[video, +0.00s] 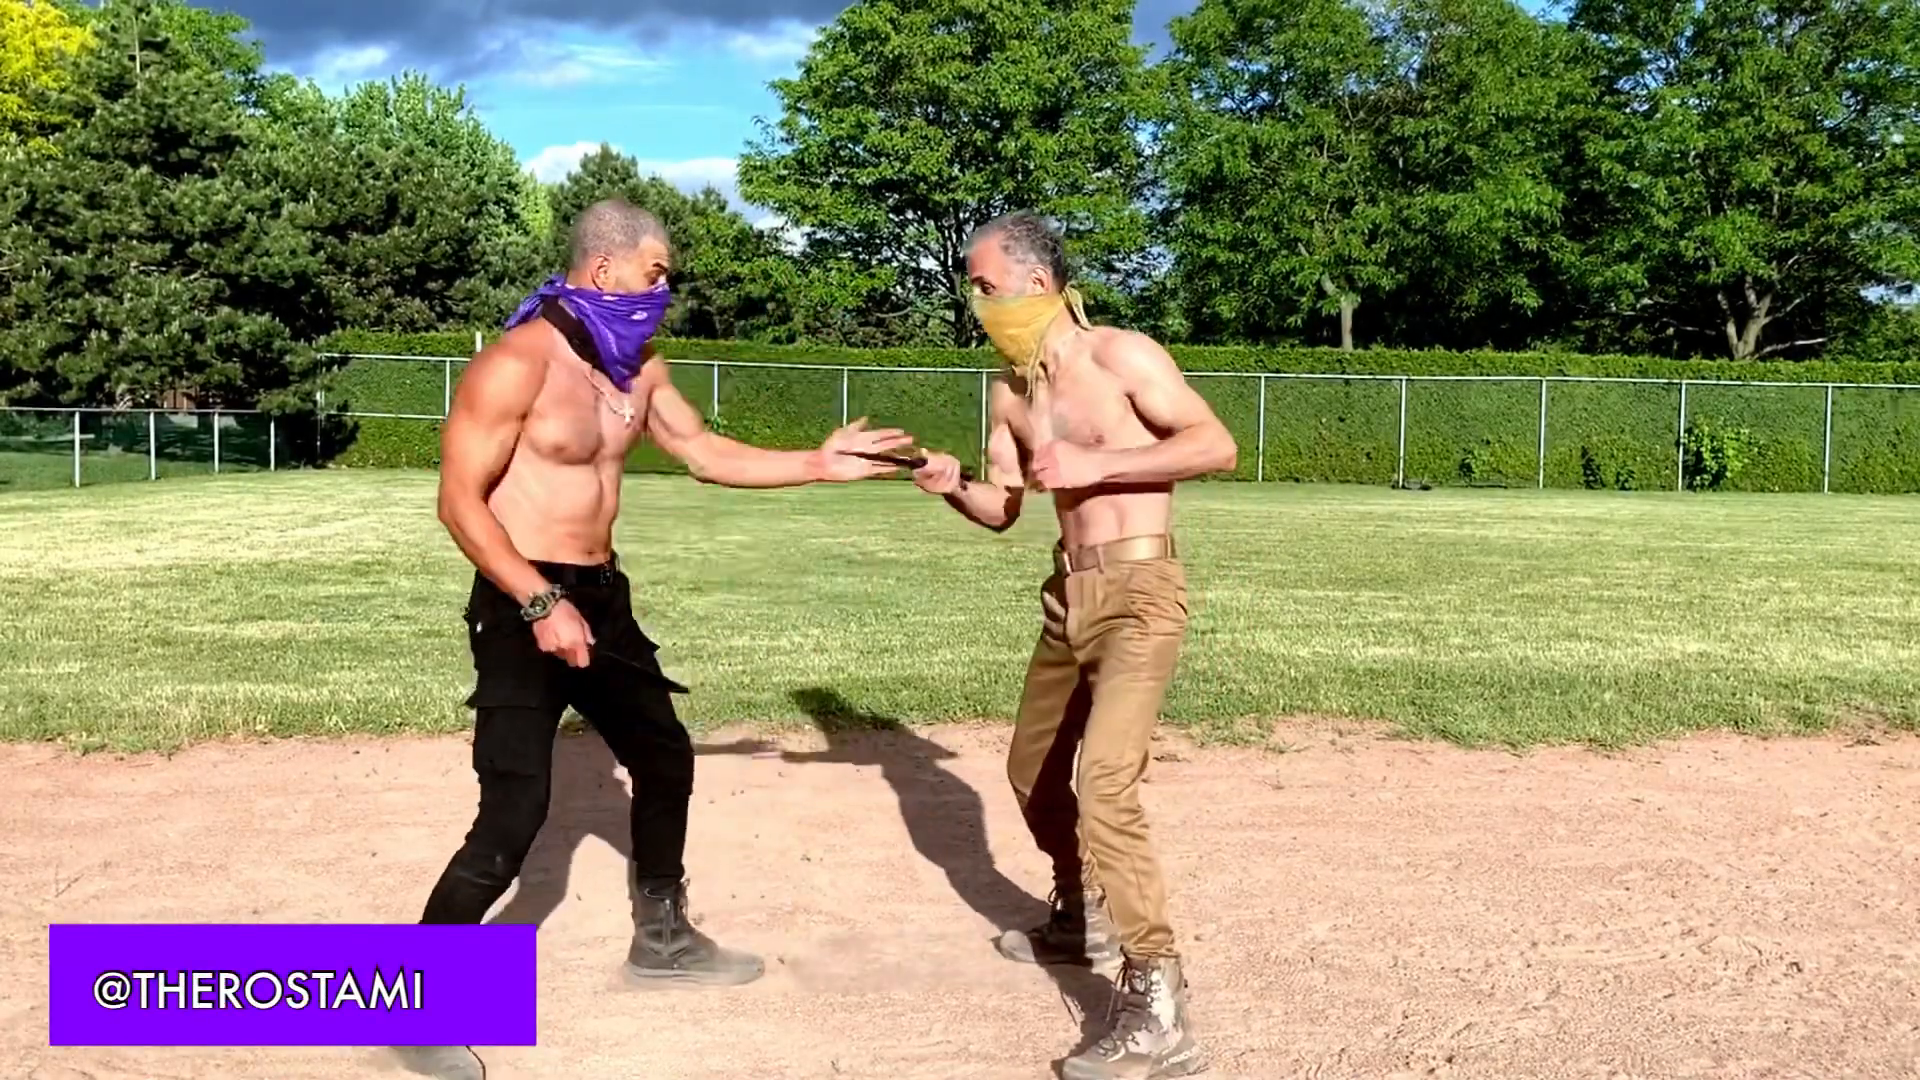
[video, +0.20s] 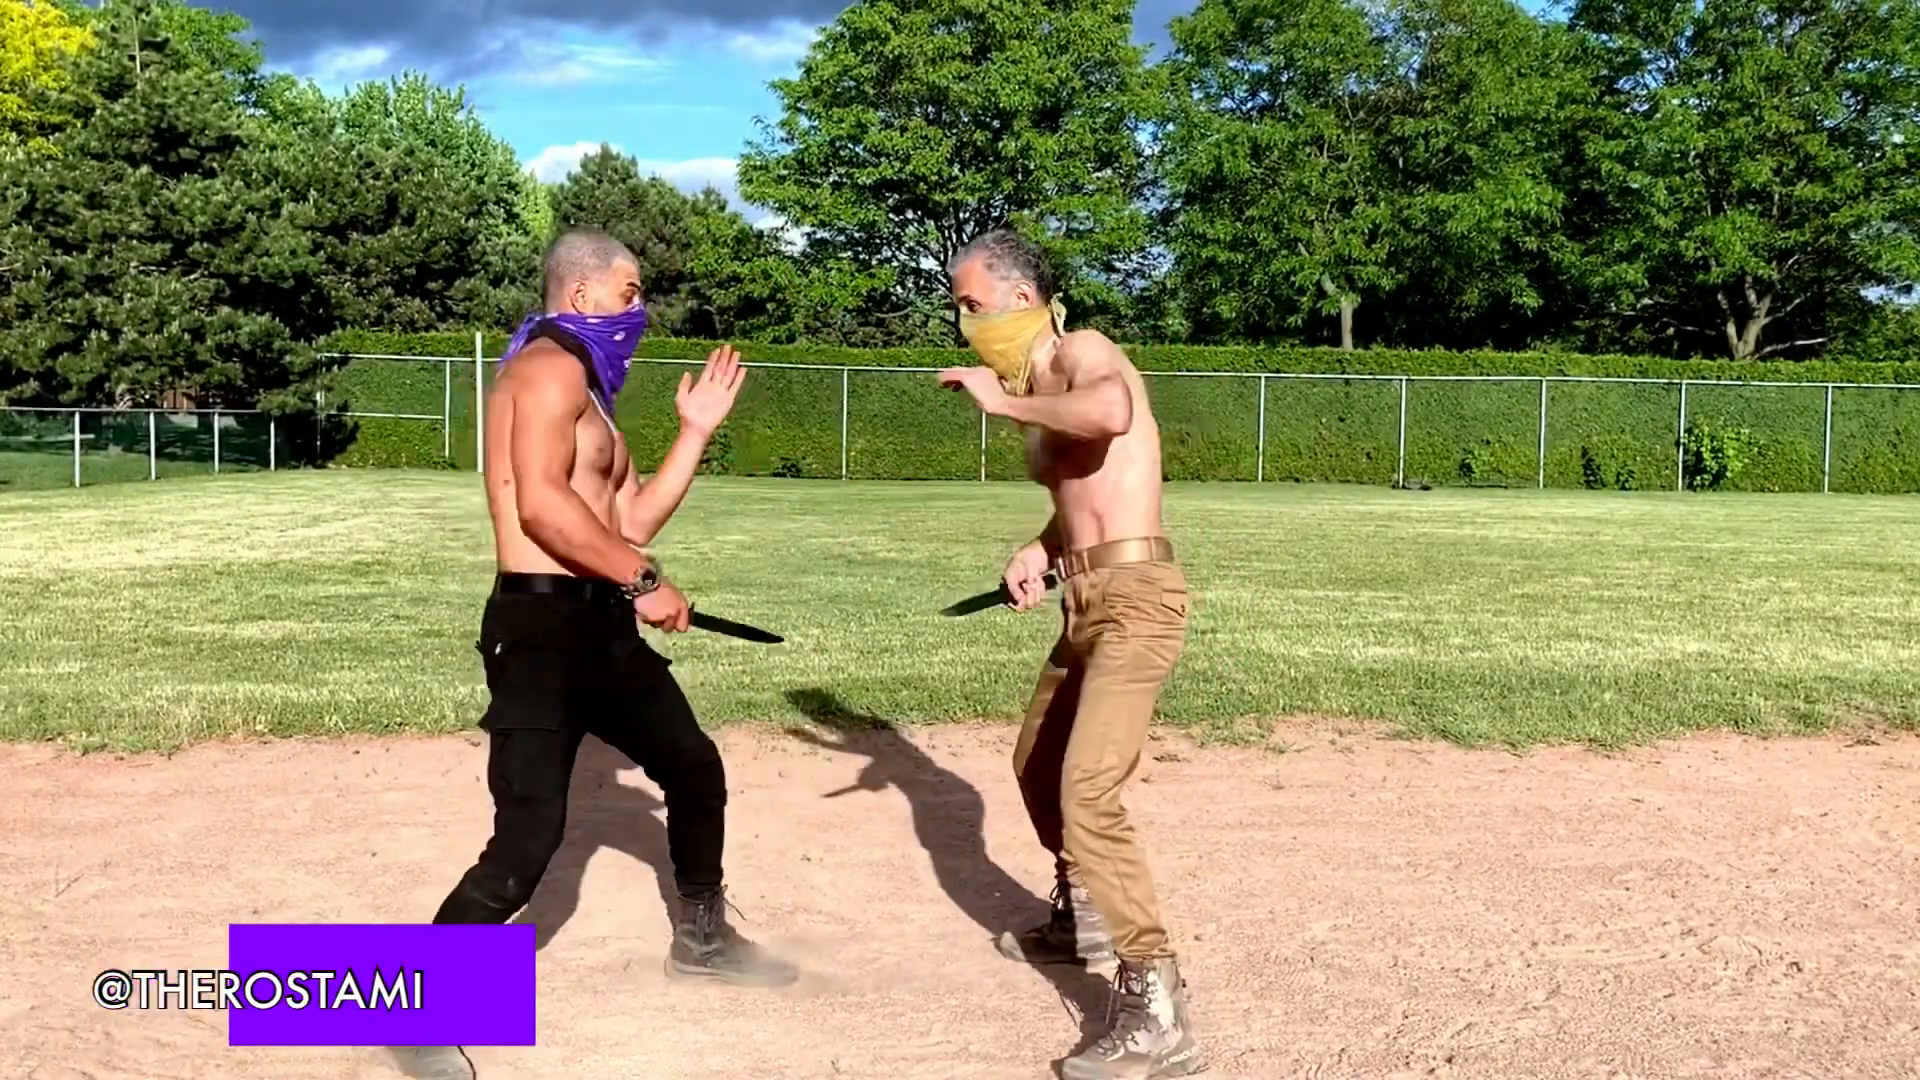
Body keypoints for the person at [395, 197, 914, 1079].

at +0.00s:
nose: (662, 295)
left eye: (666, 279)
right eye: (652, 277)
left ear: (624, 274)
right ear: (599, 270)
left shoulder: (635, 366)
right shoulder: (516, 362)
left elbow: (707, 454)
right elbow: (458, 500)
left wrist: (822, 462)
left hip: (598, 598)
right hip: (516, 603)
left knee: (665, 764)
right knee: (510, 822)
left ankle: (661, 937)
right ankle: (407, 1000)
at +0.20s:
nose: (638, 311)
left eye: (639, 296)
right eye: (628, 294)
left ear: (582, 295)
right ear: (580, 293)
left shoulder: (575, 388)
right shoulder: (546, 371)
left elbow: (629, 521)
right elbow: (541, 504)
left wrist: (693, 433)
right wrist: (640, 576)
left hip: (596, 622)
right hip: (537, 626)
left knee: (696, 771)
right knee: (525, 846)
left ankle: (704, 933)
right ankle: (410, 1007)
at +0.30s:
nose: (649, 306)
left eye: (650, 291)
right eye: (640, 290)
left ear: (580, 291)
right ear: (592, 288)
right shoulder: (590, 359)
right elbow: (674, 472)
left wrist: (662, 428)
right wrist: (777, 497)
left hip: (590, 616)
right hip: (540, 621)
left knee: (683, 764)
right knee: (516, 837)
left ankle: (699, 933)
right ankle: (408, 1006)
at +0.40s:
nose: (682, 303)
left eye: (681, 288)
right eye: (672, 288)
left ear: (615, 291)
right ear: (624, 290)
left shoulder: (572, 367)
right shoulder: (604, 371)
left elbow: (670, 476)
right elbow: (675, 509)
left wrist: (696, 372)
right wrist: (770, 556)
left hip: (579, 617)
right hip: (514, 620)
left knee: (671, 763)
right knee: (498, 816)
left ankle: (684, 931)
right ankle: (413, 1007)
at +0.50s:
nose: (705, 326)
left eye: (706, 311)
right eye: (695, 309)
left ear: (659, 311)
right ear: (641, 307)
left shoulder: (650, 384)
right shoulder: (568, 378)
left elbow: (757, 399)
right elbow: (516, 513)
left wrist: (840, 390)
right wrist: (591, 618)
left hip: (572, 611)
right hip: (499, 607)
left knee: (681, 756)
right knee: (476, 804)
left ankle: (687, 932)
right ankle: (408, 993)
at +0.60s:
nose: (676, 337)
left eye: (679, 322)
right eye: (664, 320)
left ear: (639, 323)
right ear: (609, 322)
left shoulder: (661, 391)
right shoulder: (530, 395)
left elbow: (767, 403)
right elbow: (443, 513)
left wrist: (869, 460)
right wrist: (486, 609)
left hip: (597, 630)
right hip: (511, 629)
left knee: (712, 764)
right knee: (458, 823)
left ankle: (688, 934)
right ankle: (362, 1001)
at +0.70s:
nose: (654, 334)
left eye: (657, 322)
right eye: (642, 318)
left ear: (633, 326)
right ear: (586, 319)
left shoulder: (634, 397)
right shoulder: (514, 417)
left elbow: (672, 423)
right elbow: (482, 554)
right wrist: (562, 618)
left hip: (609, 626)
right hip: (524, 637)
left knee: (720, 762)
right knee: (465, 828)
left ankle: (690, 932)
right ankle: (358, 1000)